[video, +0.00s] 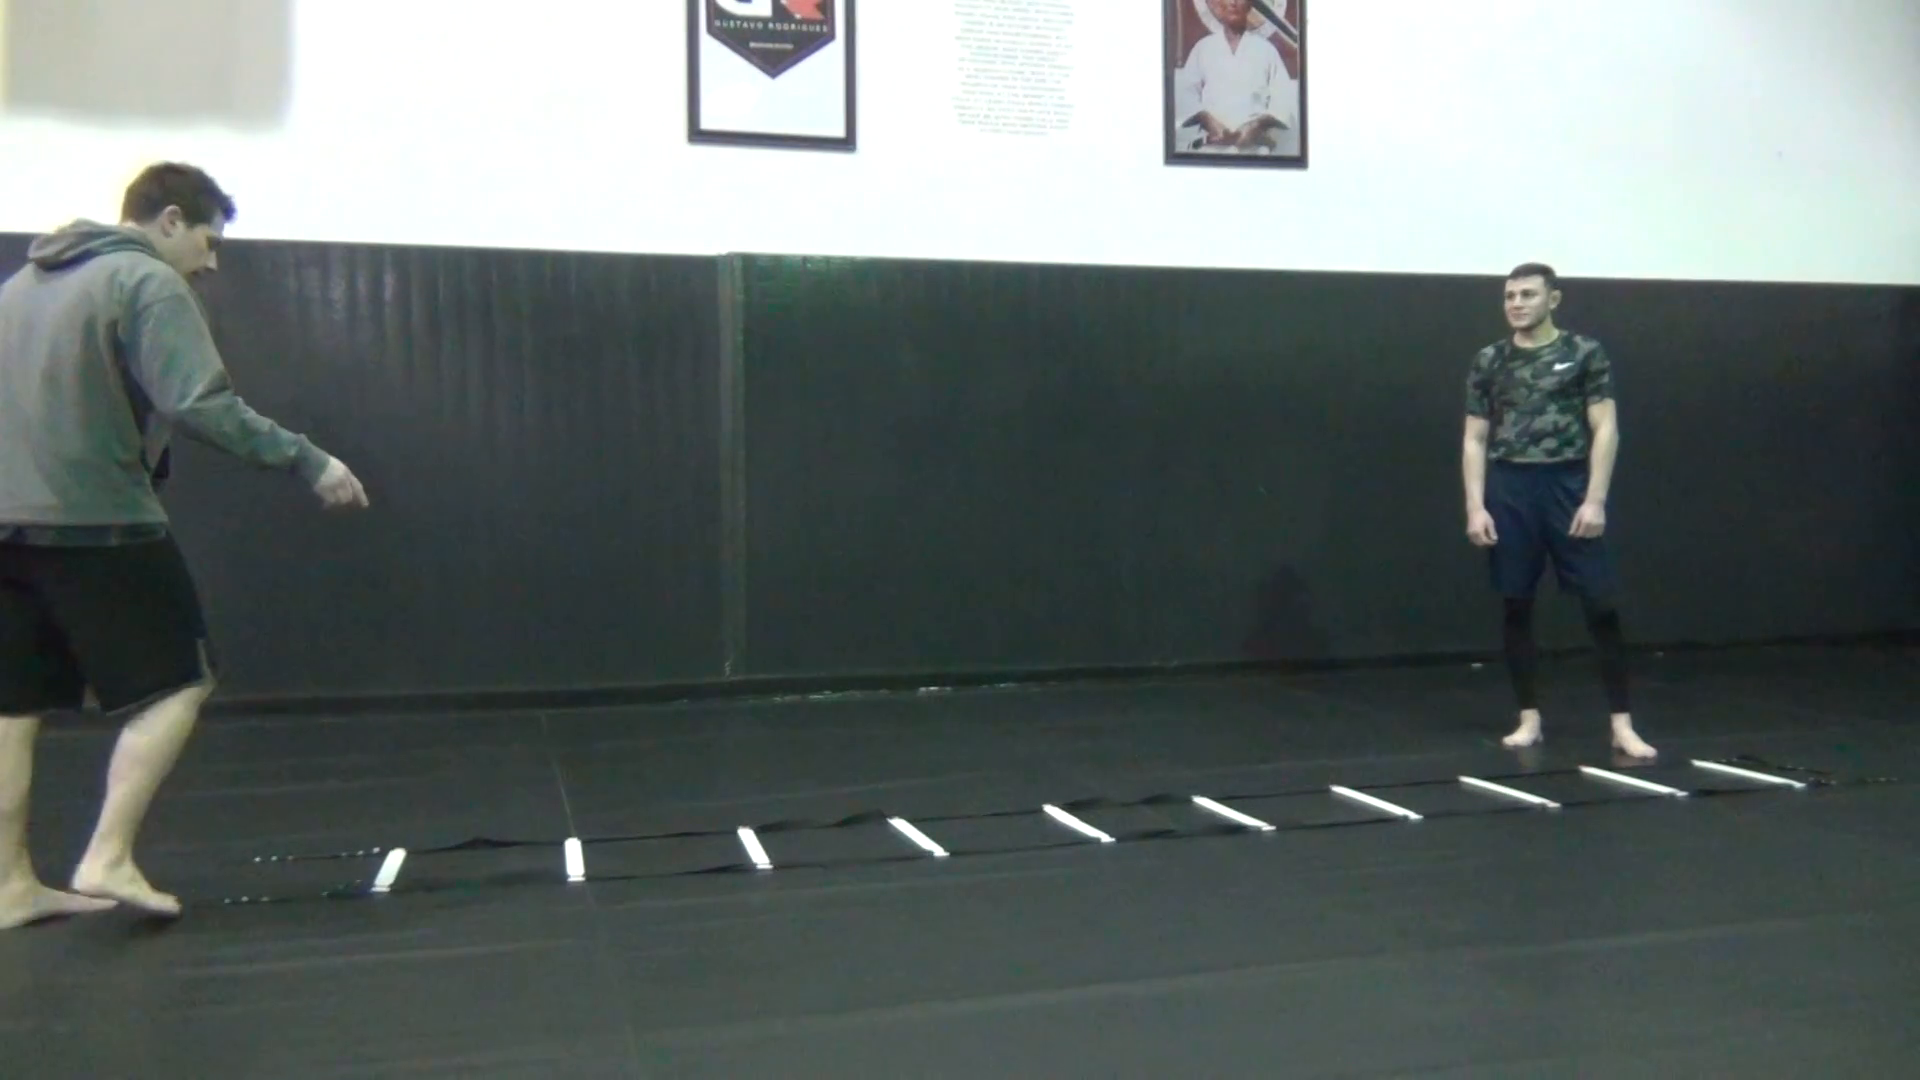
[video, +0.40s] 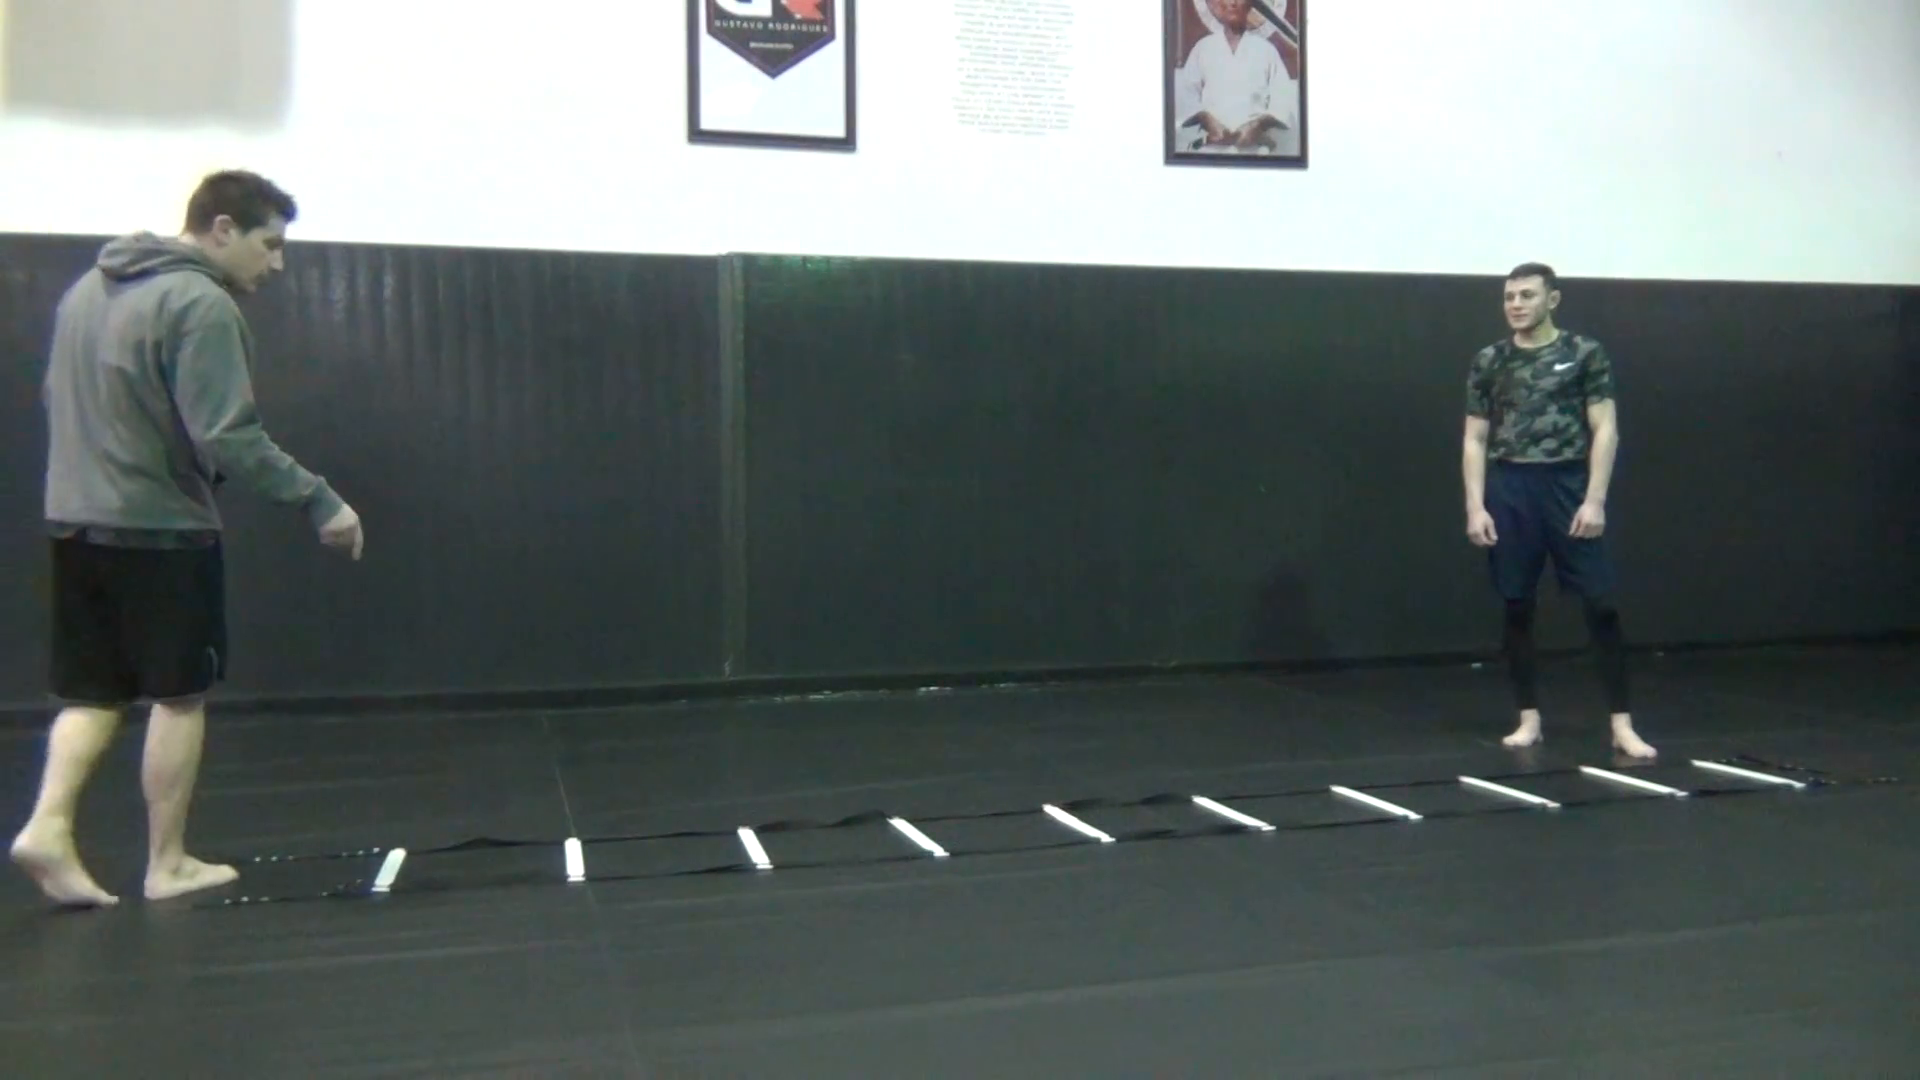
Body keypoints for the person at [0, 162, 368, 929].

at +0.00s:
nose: (210, 262)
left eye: (214, 245)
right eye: (207, 241)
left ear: (147, 216)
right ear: (169, 219)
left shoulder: (25, 280)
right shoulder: (147, 279)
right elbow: (197, 401)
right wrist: (311, 461)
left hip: (10, 519)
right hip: (99, 520)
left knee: (13, 704)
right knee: (176, 683)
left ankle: (12, 883)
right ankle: (108, 859)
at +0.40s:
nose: (277, 263)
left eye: (280, 247)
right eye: (269, 245)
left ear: (212, 228)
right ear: (219, 228)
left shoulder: (90, 287)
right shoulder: (201, 303)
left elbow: (57, 392)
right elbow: (228, 439)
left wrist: (120, 466)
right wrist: (321, 500)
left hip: (78, 523)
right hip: (163, 530)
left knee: (96, 689)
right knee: (178, 695)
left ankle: (46, 827)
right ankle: (168, 862)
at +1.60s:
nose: (411, 262)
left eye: (412, 249)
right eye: (399, 249)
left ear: (360, 253)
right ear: (353, 250)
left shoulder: (351, 316)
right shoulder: (328, 319)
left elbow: (363, 429)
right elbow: (324, 425)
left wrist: (403, 503)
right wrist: (406, 477)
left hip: (312, 513)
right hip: (344, 515)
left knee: (300, 655)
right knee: (401, 645)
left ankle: (284, 796)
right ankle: (432, 787)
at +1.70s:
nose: (428, 264)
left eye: (429, 251)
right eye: (415, 251)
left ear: (377, 256)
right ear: (371, 253)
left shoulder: (372, 320)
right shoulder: (347, 323)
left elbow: (383, 429)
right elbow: (348, 430)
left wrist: (418, 507)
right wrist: (434, 478)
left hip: (335, 516)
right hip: (363, 518)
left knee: (313, 655)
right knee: (412, 652)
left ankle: (285, 794)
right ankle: (465, 782)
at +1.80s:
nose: (450, 265)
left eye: (450, 252)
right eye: (437, 253)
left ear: (398, 258)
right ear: (392, 256)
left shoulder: (395, 320)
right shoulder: (371, 327)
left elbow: (406, 429)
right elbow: (378, 437)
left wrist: (435, 507)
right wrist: (468, 477)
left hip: (361, 518)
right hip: (383, 521)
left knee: (332, 653)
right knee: (426, 656)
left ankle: (288, 787)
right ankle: (468, 786)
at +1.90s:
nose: (473, 265)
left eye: (473, 252)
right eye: (460, 253)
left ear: (419, 257)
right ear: (414, 256)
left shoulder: (420, 320)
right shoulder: (396, 328)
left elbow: (428, 430)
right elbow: (412, 437)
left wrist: (458, 503)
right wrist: (506, 467)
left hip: (395, 516)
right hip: (408, 520)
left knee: (363, 652)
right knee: (443, 657)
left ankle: (299, 774)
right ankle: (472, 791)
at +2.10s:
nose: (516, 262)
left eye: (515, 250)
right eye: (503, 250)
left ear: (461, 256)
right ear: (459, 254)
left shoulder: (462, 319)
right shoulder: (445, 329)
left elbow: (478, 425)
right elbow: (476, 431)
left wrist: (501, 506)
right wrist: (573, 445)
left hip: (468, 514)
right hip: (456, 518)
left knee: (455, 643)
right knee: (469, 650)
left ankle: (372, 736)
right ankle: (474, 791)